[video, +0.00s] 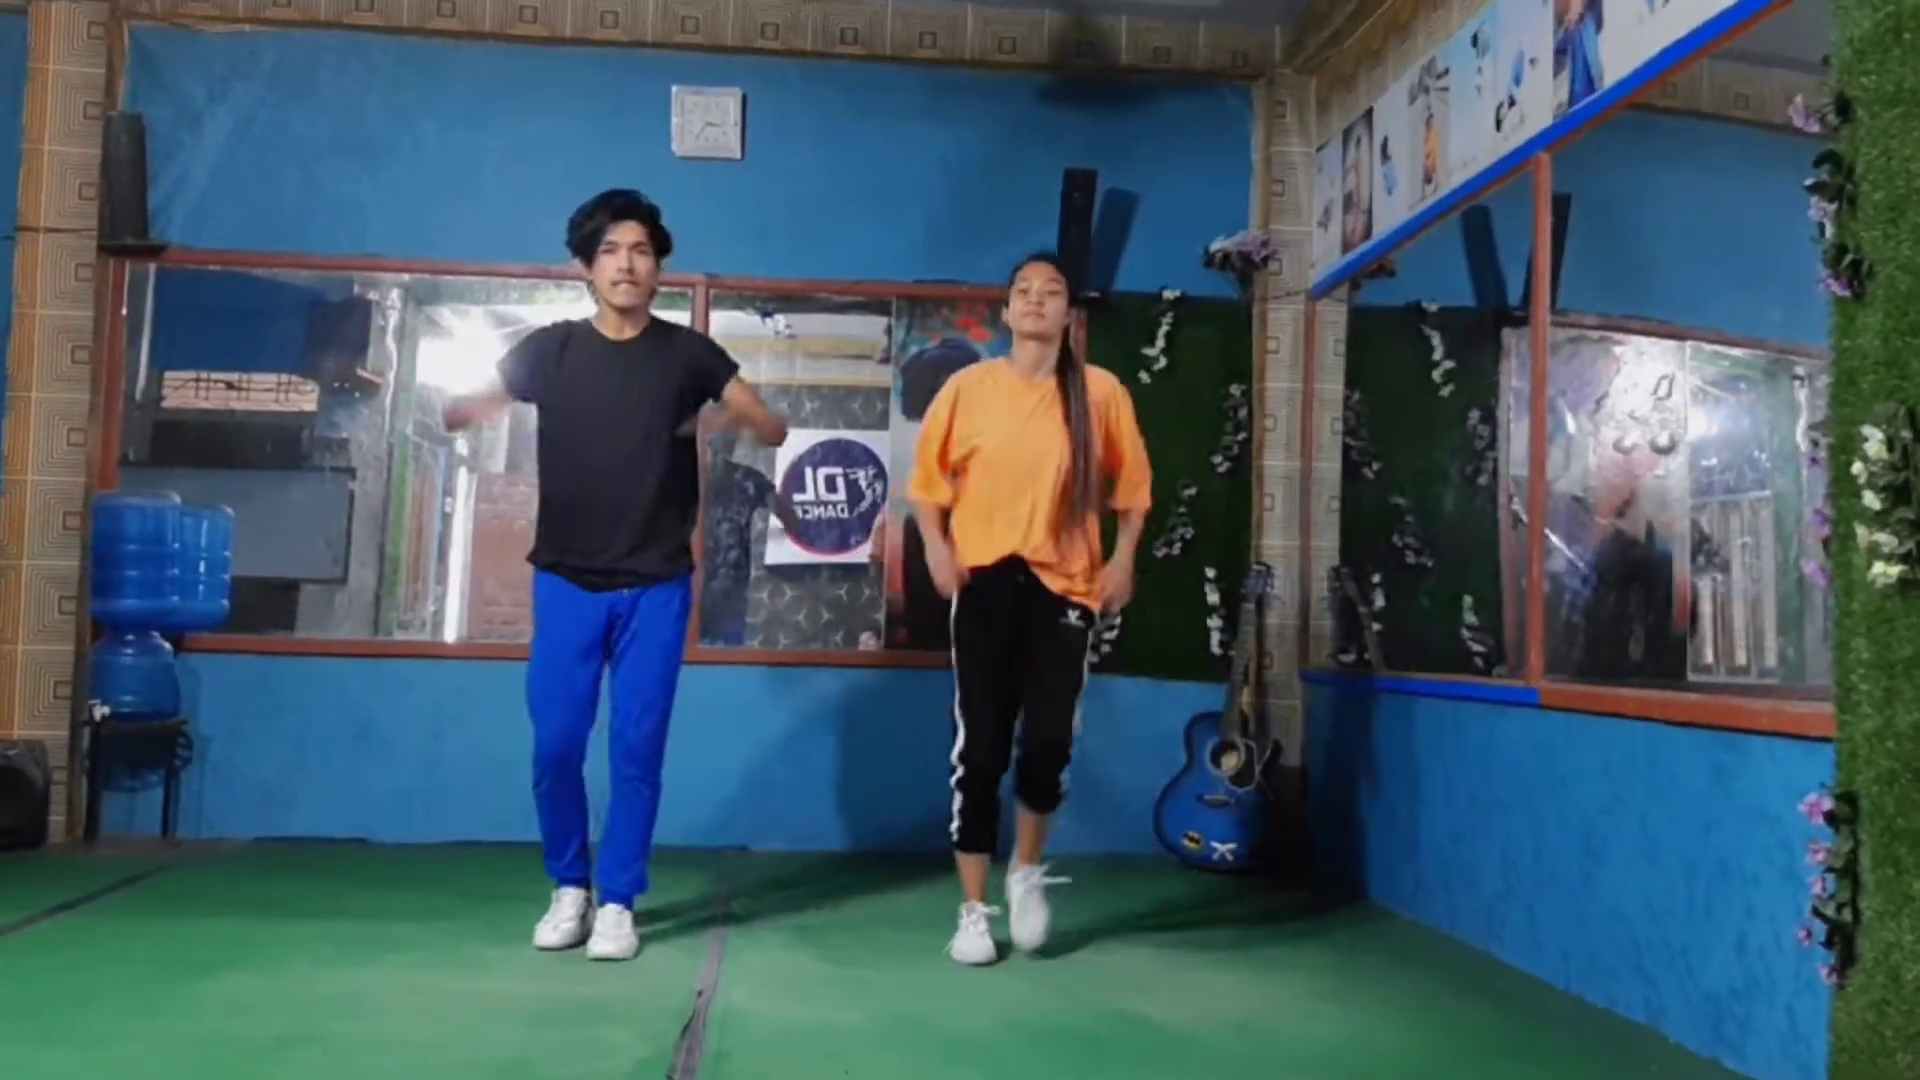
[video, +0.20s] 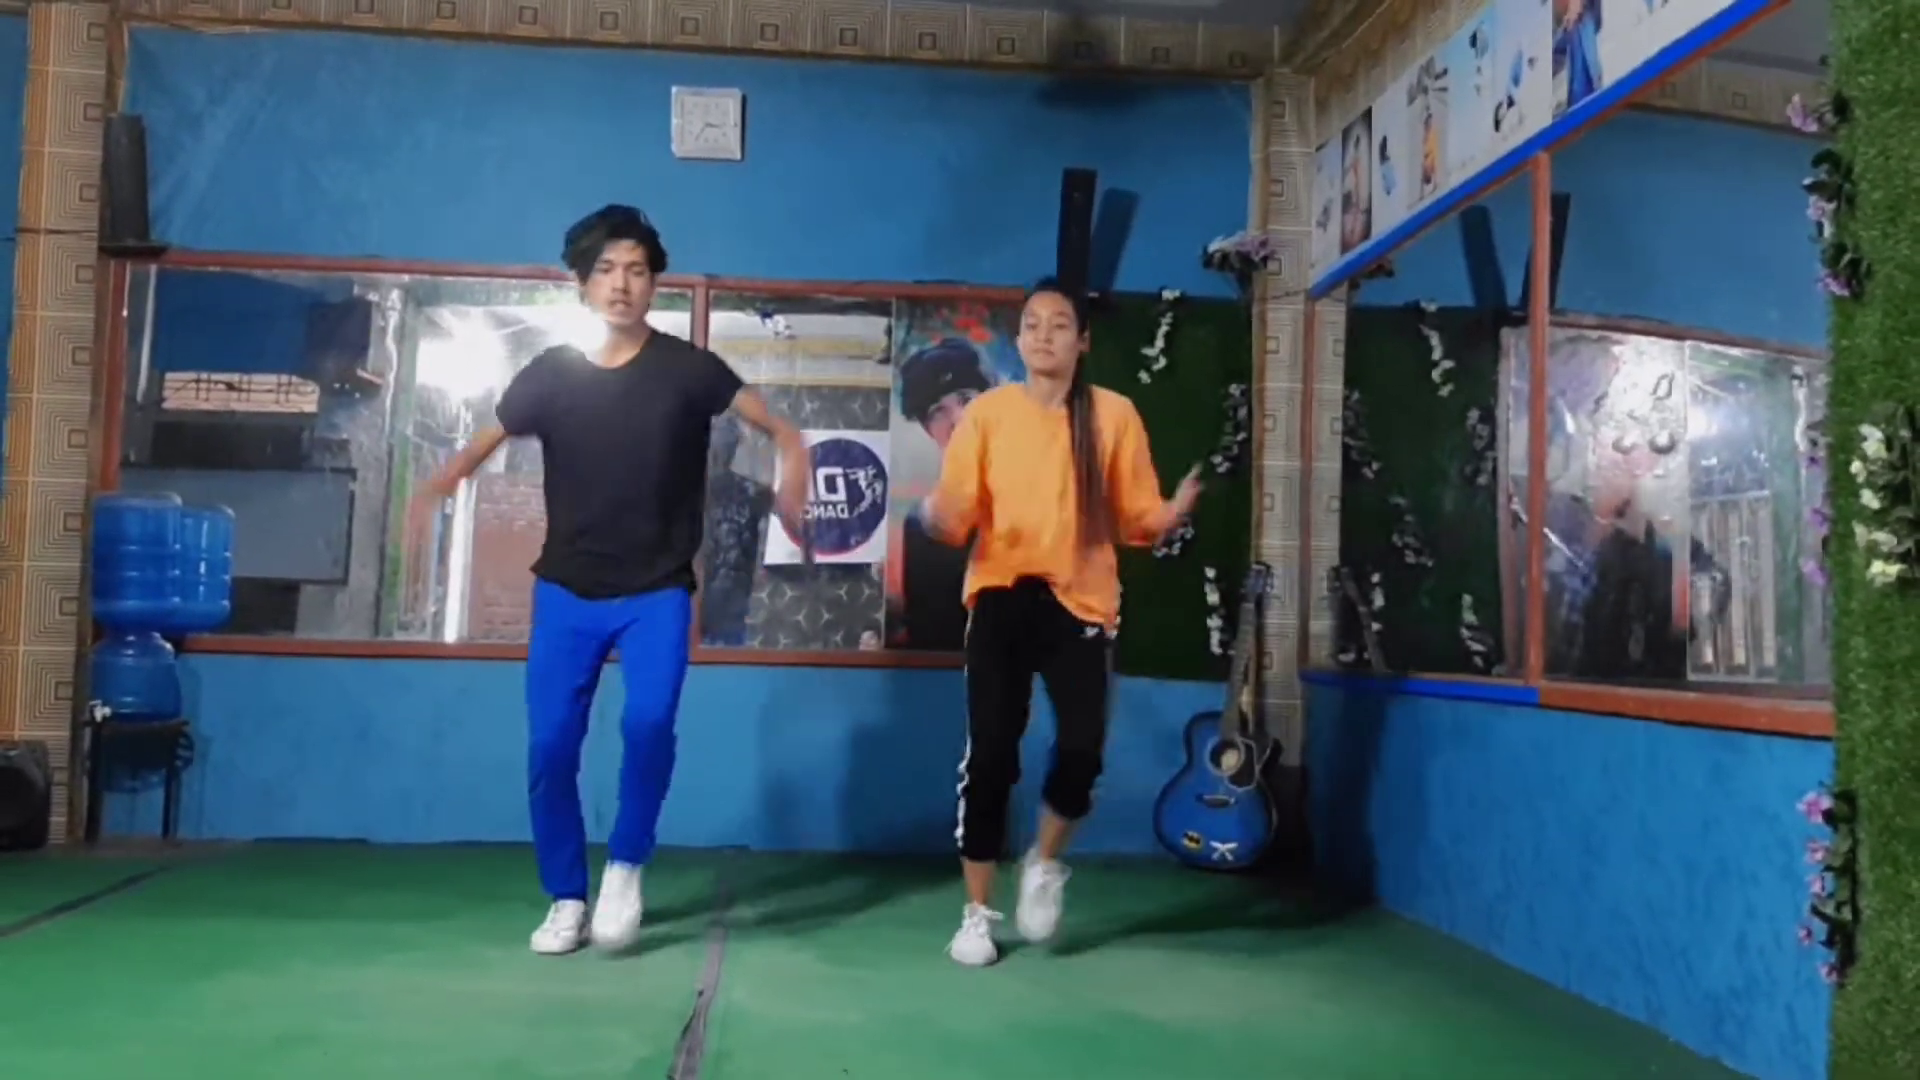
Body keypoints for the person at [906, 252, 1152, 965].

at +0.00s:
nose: (1035, 303)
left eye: (1050, 294)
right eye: (1025, 293)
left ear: (1071, 314)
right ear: (1006, 310)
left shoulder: (1101, 393)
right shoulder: (967, 387)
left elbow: (1133, 487)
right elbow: (924, 482)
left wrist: (1122, 560)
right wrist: (938, 548)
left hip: (1063, 585)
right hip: (982, 580)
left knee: (1048, 744)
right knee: (979, 749)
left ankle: (1027, 870)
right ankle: (974, 908)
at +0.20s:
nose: (1043, 335)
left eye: (1057, 325)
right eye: (1033, 325)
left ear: (1081, 340)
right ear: (1017, 338)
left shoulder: (1113, 415)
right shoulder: (987, 413)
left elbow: (1135, 520)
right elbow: (957, 518)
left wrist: (1171, 513)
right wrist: (937, 514)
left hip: (1081, 597)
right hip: (1001, 592)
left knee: (1082, 750)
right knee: (990, 750)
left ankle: (1045, 863)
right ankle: (977, 909)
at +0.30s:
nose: (1066, 339)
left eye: (1079, 327)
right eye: (1055, 329)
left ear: (1105, 336)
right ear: (1041, 341)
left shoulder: (1137, 415)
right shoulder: (1008, 404)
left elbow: (1180, 513)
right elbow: (938, 485)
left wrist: (1241, 503)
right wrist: (903, 444)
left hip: (1100, 601)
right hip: (1014, 596)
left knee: (1134, 744)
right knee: (976, 745)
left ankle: (1103, 846)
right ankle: (981, 905)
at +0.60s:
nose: (1102, 336)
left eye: (1114, 322)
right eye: (1089, 325)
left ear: (1137, 331)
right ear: (1074, 337)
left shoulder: (1170, 410)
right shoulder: (1043, 394)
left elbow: (1233, 506)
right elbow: (969, 464)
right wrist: (962, 429)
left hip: (1123, 597)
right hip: (1040, 588)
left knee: (1145, 759)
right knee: (976, 691)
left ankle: (1155, 900)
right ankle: (1002, 846)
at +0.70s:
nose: (1096, 317)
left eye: (1109, 305)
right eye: (1083, 305)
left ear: (1131, 315)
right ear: (1068, 316)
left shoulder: (1157, 383)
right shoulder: (1032, 375)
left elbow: (1234, 448)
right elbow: (948, 416)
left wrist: (1154, 427)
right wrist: (1016, 459)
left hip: (1112, 571)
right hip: (1028, 563)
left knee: (1126, 721)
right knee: (994, 687)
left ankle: (1114, 862)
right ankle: (1011, 834)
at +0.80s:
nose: (1084, 323)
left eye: (1097, 311)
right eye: (1071, 312)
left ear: (1119, 323)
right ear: (1055, 324)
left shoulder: (1147, 391)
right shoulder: (1029, 401)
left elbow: (1165, 486)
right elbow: (989, 508)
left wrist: (1114, 447)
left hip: (1106, 582)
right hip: (1029, 578)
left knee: (1075, 746)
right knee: (1019, 743)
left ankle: (1070, 890)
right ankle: (1018, 899)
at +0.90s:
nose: (1060, 343)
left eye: (1073, 332)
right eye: (1049, 333)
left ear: (1097, 347)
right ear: (1035, 348)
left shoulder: (1128, 399)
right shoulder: (1016, 426)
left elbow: (1150, 482)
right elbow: (996, 526)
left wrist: (1128, 512)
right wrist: (997, 548)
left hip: (1094, 601)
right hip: (1020, 600)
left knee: (1072, 764)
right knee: (1009, 758)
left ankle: (1076, 888)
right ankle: (1021, 901)